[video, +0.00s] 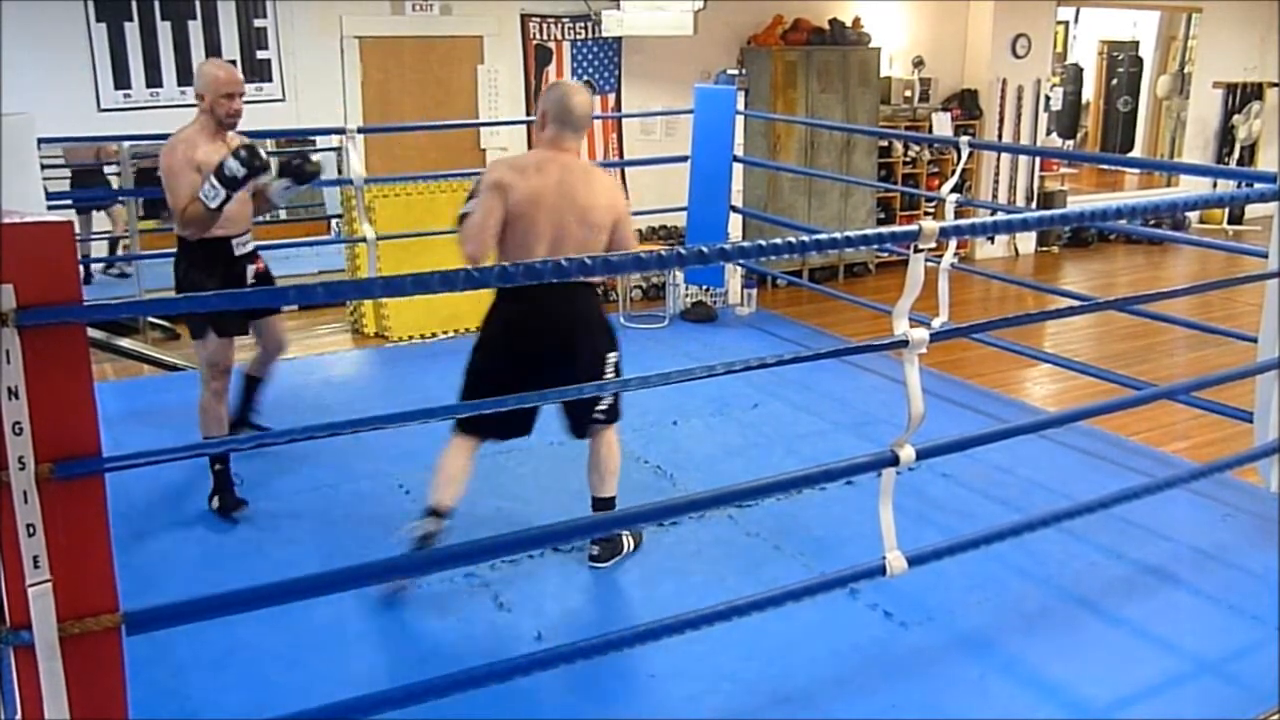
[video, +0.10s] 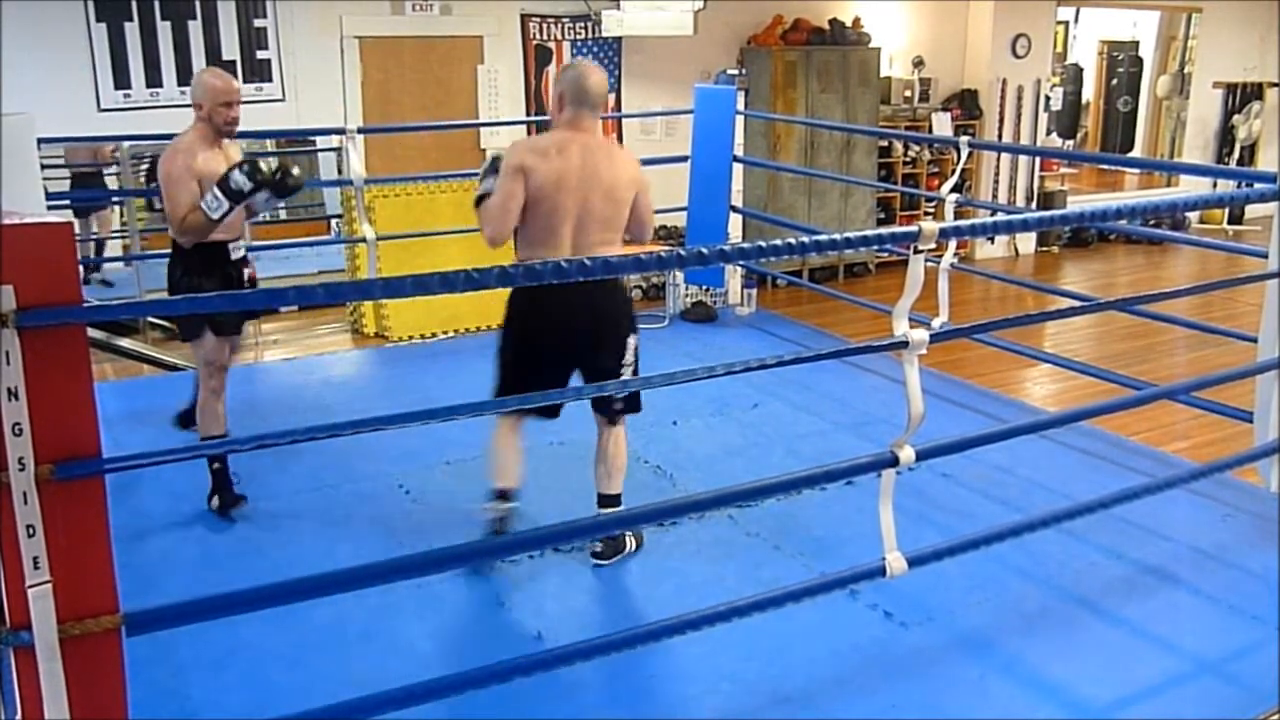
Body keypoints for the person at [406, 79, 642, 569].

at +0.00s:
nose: (533, 124)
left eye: (536, 117)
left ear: (541, 122)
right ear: (588, 127)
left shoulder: (505, 174)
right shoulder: (606, 185)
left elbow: (474, 251)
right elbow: (628, 260)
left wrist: (475, 206)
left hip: (515, 318)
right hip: (582, 319)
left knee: (469, 429)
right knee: (603, 425)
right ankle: (604, 537)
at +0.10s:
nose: (546, 102)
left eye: (549, 95)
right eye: (551, 94)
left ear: (556, 101)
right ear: (606, 106)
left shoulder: (526, 153)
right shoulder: (626, 163)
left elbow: (496, 233)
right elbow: (641, 234)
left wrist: (487, 193)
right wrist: (597, 219)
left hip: (538, 306)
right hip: (605, 305)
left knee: (511, 413)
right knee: (612, 417)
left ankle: (501, 515)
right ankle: (609, 532)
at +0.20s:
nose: (556, 91)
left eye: (560, 83)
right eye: (563, 83)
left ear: (567, 89)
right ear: (613, 93)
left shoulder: (538, 138)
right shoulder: (637, 146)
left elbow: (505, 213)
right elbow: (653, 211)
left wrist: (499, 173)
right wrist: (606, 196)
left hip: (554, 291)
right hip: (621, 288)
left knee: (559, 404)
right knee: (619, 413)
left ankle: (564, 509)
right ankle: (614, 526)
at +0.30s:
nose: (564, 95)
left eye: (566, 89)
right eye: (572, 88)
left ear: (571, 94)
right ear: (618, 95)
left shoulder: (546, 144)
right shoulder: (646, 146)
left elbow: (511, 217)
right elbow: (662, 208)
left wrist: (511, 173)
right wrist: (617, 197)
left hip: (571, 289)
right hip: (636, 286)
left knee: (594, 399)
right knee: (634, 407)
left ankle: (609, 493)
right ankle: (620, 507)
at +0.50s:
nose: (572, 104)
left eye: (572, 98)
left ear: (576, 105)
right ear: (623, 100)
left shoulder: (555, 159)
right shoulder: (655, 149)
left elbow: (544, 238)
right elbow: (691, 210)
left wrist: (573, 221)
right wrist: (649, 198)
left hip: (593, 296)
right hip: (654, 289)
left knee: (610, 397)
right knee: (690, 379)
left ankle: (620, 493)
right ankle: (681, 462)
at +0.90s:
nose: (620, 102)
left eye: (622, 95)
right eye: (624, 95)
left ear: (630, 102)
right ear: (672, 98)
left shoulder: (615, 150)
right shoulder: (705, 141)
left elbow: (588, 222)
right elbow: (724, 198)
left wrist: (584, 181)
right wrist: (683, 175)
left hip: (641, 280)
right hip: (700, 277)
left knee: (636, 390)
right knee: (723, 375)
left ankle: (624, 492)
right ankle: (754, 460)